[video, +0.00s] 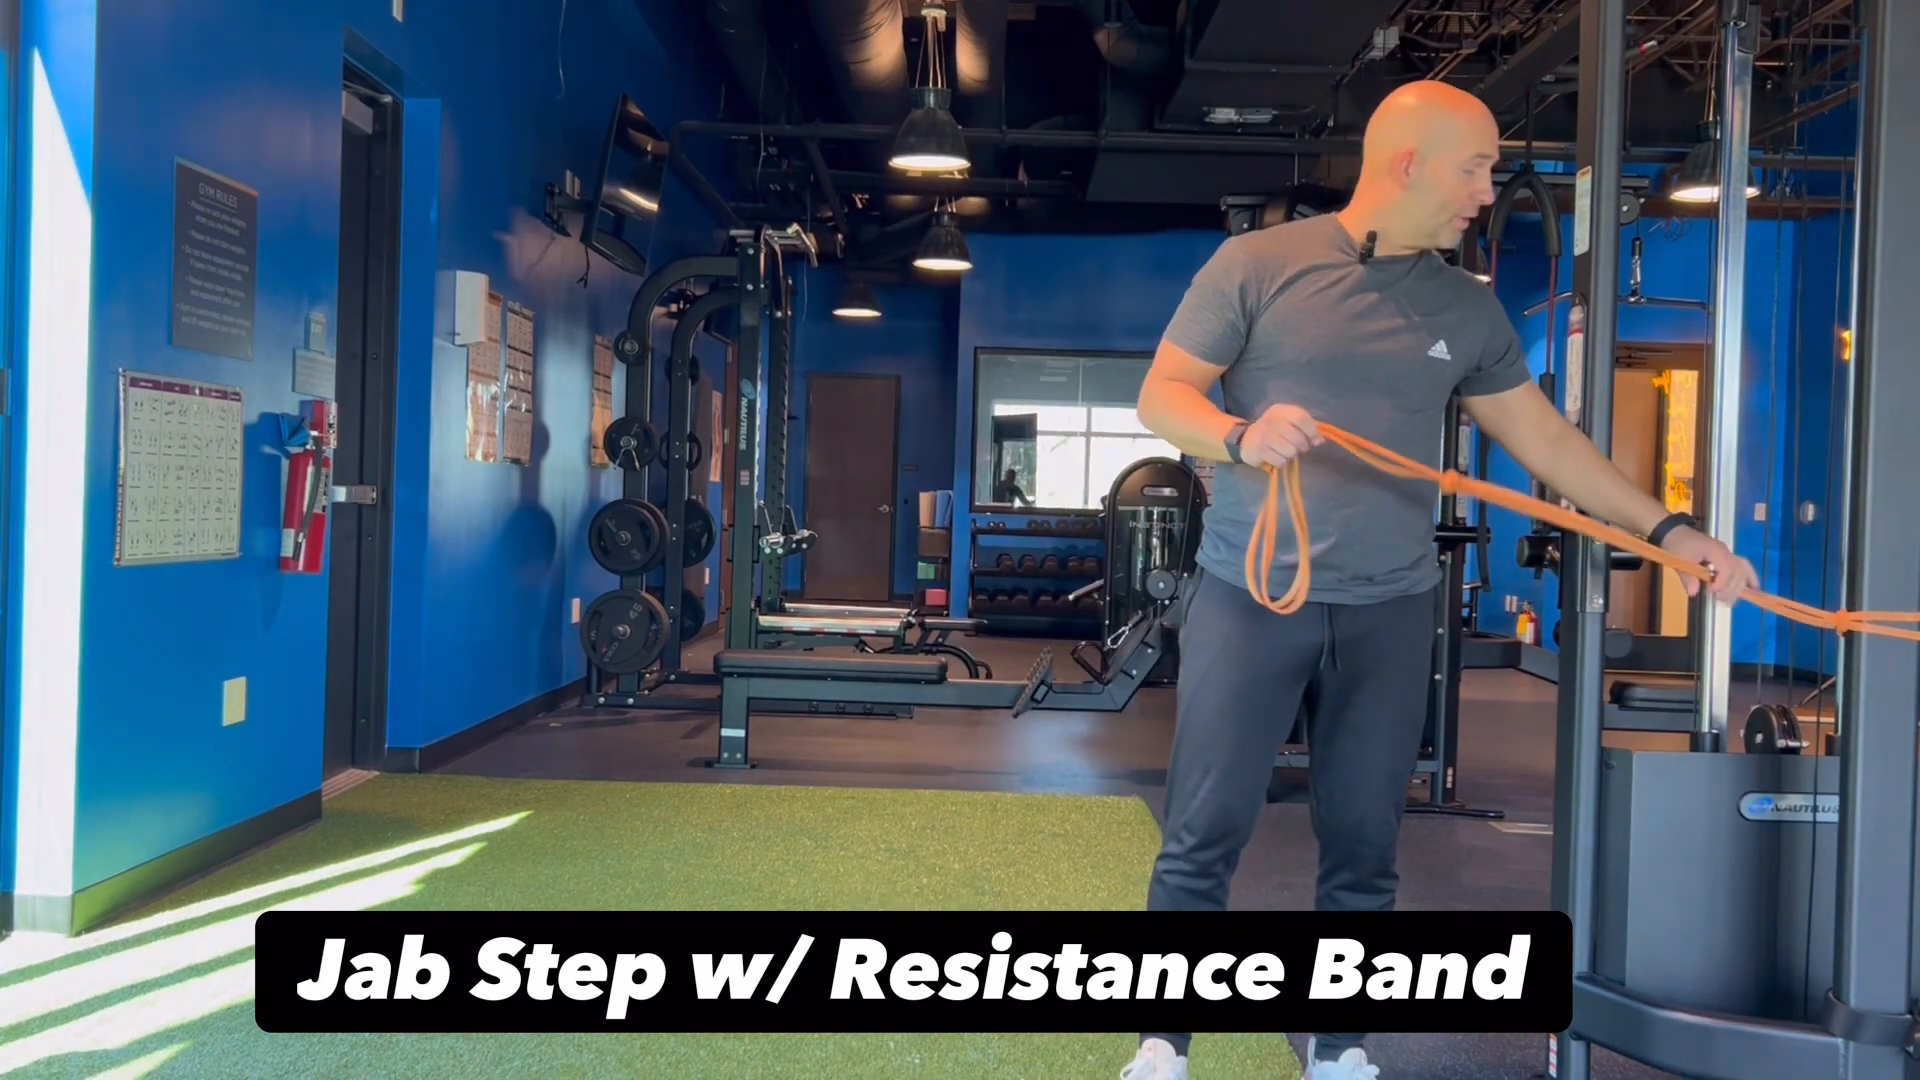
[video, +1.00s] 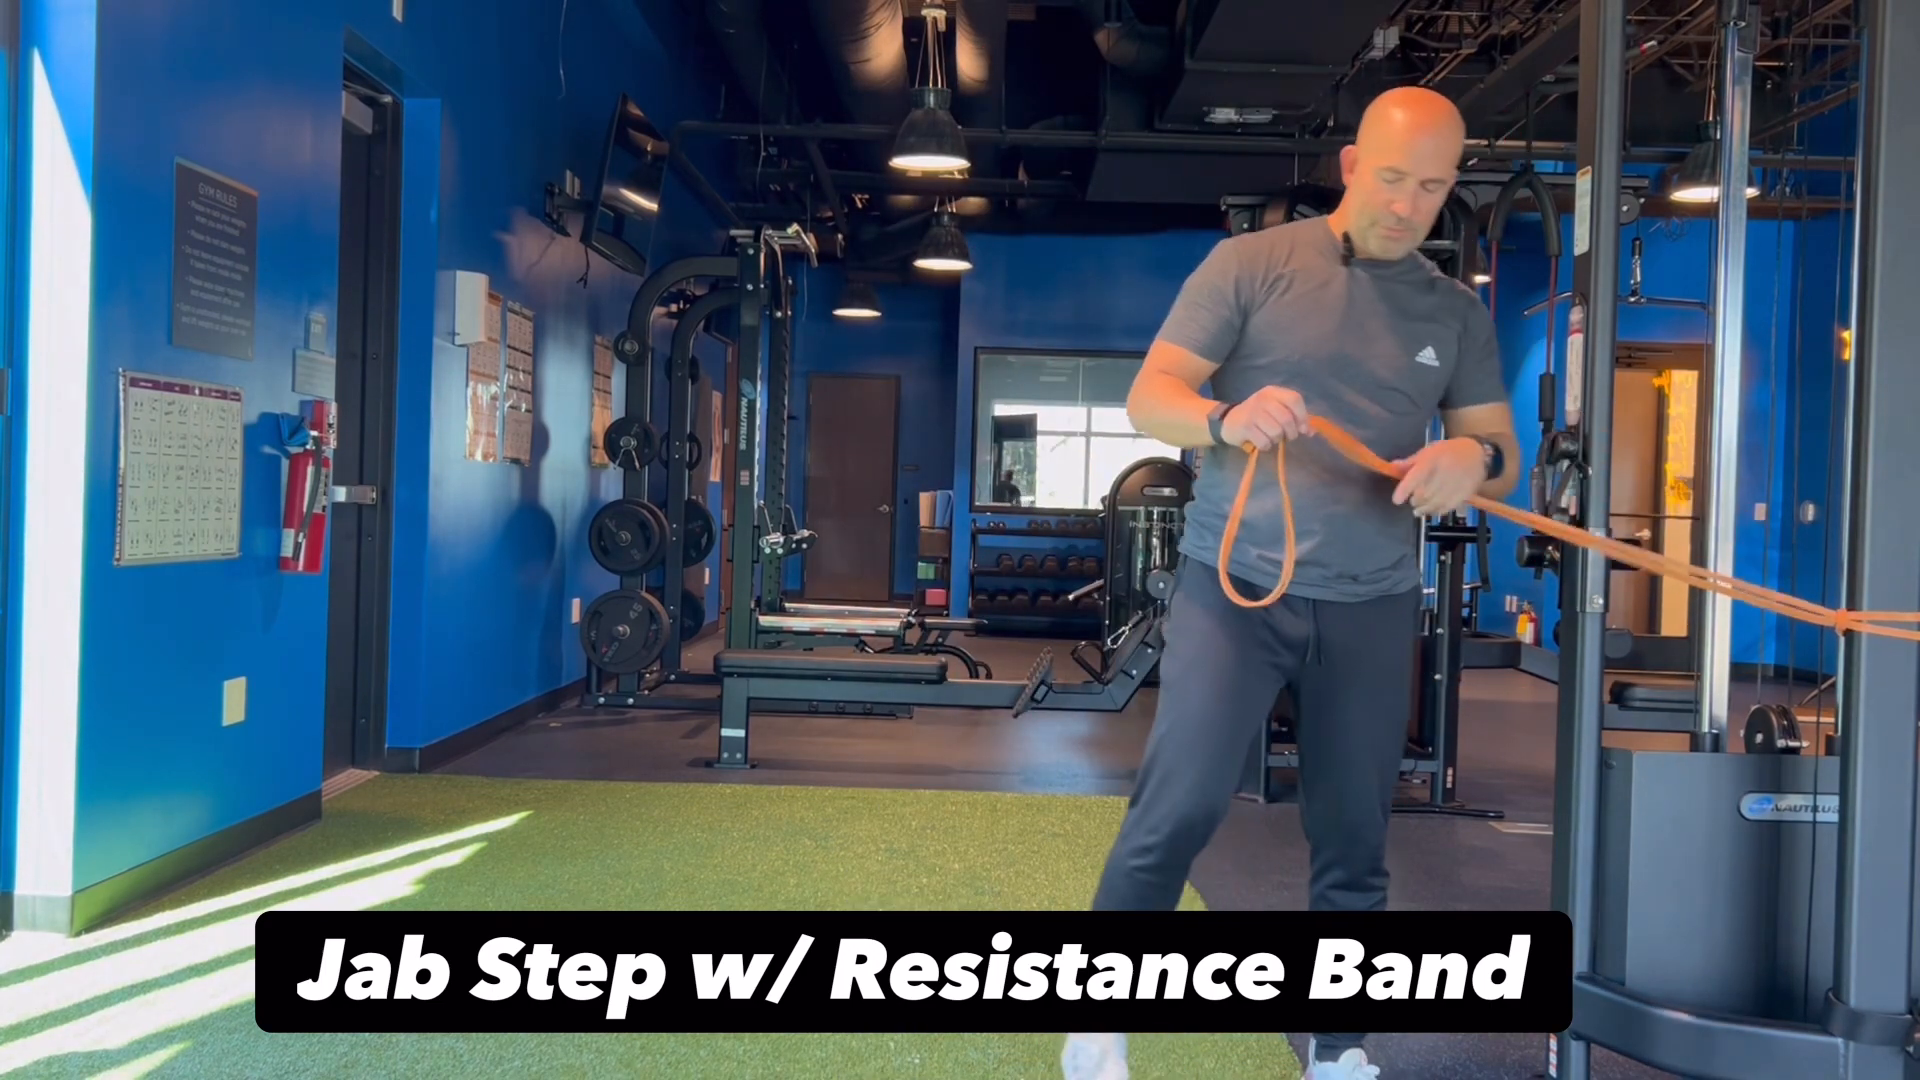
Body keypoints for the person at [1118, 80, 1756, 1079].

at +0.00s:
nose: (1488, 193)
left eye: (1492, 173)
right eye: (1475, 170)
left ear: (1421, 173)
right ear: (1401, 166)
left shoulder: (1468, 309)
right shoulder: (1254, 263)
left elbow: (1551, 443)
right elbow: (1163, 395)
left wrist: (1669, 531)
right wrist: (1238, 433)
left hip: (1391, 603)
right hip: (1248, 592)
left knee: (1363, 848)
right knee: (1202, 834)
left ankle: (1333, 1045)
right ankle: (1161, 1043)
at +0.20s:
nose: (1510, 201)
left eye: (1513, 180)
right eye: (1498, 176)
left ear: (1433, 179)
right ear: (1423, 171)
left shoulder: (1479, 314)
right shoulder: (1269, 256)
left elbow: (1575, 433)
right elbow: (1165, 382)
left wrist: (1707, 521)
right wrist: (1227, 413)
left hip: (1389, 605)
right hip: (1249, 595)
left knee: (1361, 847)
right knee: (1201, 836)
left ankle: (1328, 1040)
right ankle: (1159, 1042)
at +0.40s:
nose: (1520, 201)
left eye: (1523, 180)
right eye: (1506, 177)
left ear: (1443, 178)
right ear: (1431, 171)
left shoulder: (1486, 315)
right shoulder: (1279, 255)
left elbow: (1597, 433)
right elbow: (1171, 380)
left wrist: (1732, 520)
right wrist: (1230, 409)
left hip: (1393, 604)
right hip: (1251, 593)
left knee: (1363, 846)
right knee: (1201, 831)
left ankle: (1327, 1041)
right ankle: (1161, 1041)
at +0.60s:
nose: (1508, 204)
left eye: (1516, 184)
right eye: (1493, 179)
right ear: (1418, 167)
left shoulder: (1491, 319)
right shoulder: (1281, 256)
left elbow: (1598, 440)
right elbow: (1174, 379)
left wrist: (1734, 523)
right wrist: (1230, 408)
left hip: (1393, 605)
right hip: (1250, 591)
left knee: (1363, 849)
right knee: (1201, 833)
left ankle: (1329, 1042)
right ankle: (1161, 1040)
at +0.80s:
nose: (1455, 209)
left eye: (1476, 194)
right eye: (1441, 181)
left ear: (1490, 200)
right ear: (1393, 165)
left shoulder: (1483, 323)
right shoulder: (1278, 258)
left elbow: (1533, 448)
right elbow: (1173, 385)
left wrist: (1619, 487)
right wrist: (1235, 410)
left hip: (1388, 607)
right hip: (1247, 591)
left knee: (1361, 847)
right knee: (1203, 828)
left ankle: (1331, 1043)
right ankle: (1155, 1039)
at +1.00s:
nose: (1413, 208)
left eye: (1435, 190)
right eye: (1398, 180)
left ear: (1453, 192)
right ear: (1352, 164)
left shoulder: (1456, 313)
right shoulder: (1249, 263)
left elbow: (1492, 446)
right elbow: (1150, 396)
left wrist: (1468, 453)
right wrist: (1221, 417)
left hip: (1371, 606)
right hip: (1232, 590)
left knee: (1354, 844)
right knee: (1183, 806)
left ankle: (1336, 1045)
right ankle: (1094, 1017)